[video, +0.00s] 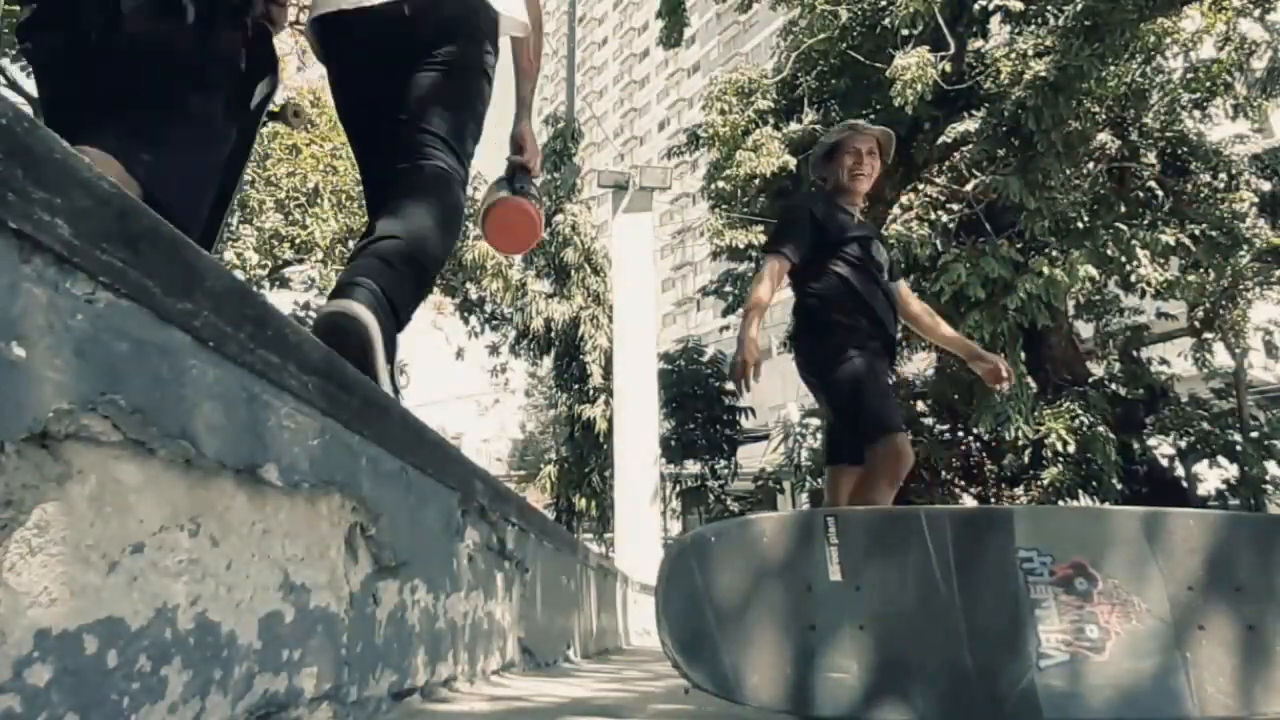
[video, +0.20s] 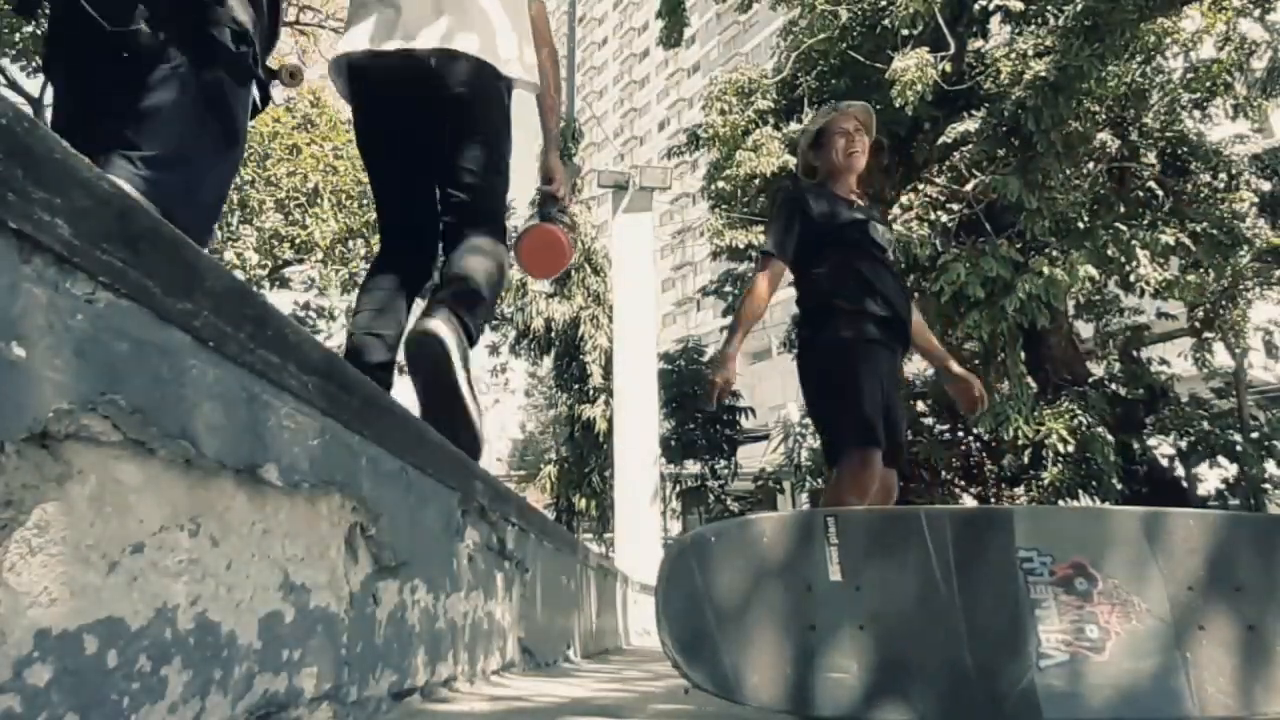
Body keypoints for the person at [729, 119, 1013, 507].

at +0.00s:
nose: (861, 161)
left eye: (870, 156)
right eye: (850, 154)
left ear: (879, 171)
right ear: (826, 169)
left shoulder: (870, 238)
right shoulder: (810, 210)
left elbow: (910, 306)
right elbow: (773, 272)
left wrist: (974, 354)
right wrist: (748, 333)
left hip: (870, 352)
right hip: (833, 346)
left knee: (845, 481)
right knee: (894, 455)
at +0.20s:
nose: (853, 139)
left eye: (859, 133)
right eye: (839, 134)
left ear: (869, 148)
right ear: (818, 154)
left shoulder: (872, 217)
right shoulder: (803, 199)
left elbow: (899, 304)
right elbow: (766, 279)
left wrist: (948, 366)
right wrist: (730, 351)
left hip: (883, 353)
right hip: (837, 348)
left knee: (884, 488)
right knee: (859, 475)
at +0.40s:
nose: (854, 124)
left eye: (860, 118)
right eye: (840, 119)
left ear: (870, 136)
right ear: (816, 140)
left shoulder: (884, 204)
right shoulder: (798, 187)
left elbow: (909, 285)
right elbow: (787, 276)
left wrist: (944, 349)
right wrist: (804, 352)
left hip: (907, 336)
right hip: (846, 332)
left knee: (946, 475)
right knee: (857, 469)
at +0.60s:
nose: (873, 101)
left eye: (880, 95)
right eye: (858, 95)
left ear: (889, 114)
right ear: (833, 117)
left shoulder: (897, 179)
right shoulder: (822, 165)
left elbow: (936, 263)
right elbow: (802, 248)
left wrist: (997, 320)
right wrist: (814, 327)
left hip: (933, 330)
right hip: (870, 332)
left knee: (992, 446)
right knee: (872, 464)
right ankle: (820, 566)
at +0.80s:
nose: (909, 83)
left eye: (916, 76)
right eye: (893, 80)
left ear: (928, 97)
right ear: (869, 106)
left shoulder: (952, 174)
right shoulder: (849, 157)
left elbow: (986, 260)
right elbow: (832, 235)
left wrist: (1021, 328)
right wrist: (845, 283)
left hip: (986, 315)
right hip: (915, 318)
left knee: (1019, 445)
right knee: (927, 454)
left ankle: (994, 569)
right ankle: (861, 563)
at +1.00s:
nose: (922, 59)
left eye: (932, 48)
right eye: (908, 56)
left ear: (954, 63)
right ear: (892, 82)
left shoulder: (991, 136)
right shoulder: (872, 140)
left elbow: (1020, 227)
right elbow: (850, 229)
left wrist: (1050, 314)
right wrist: (859, 272)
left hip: (1000, 288)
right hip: (923, 284)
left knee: (1006, 439)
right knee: (962, 387)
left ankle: (996, 572)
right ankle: (954, 558)